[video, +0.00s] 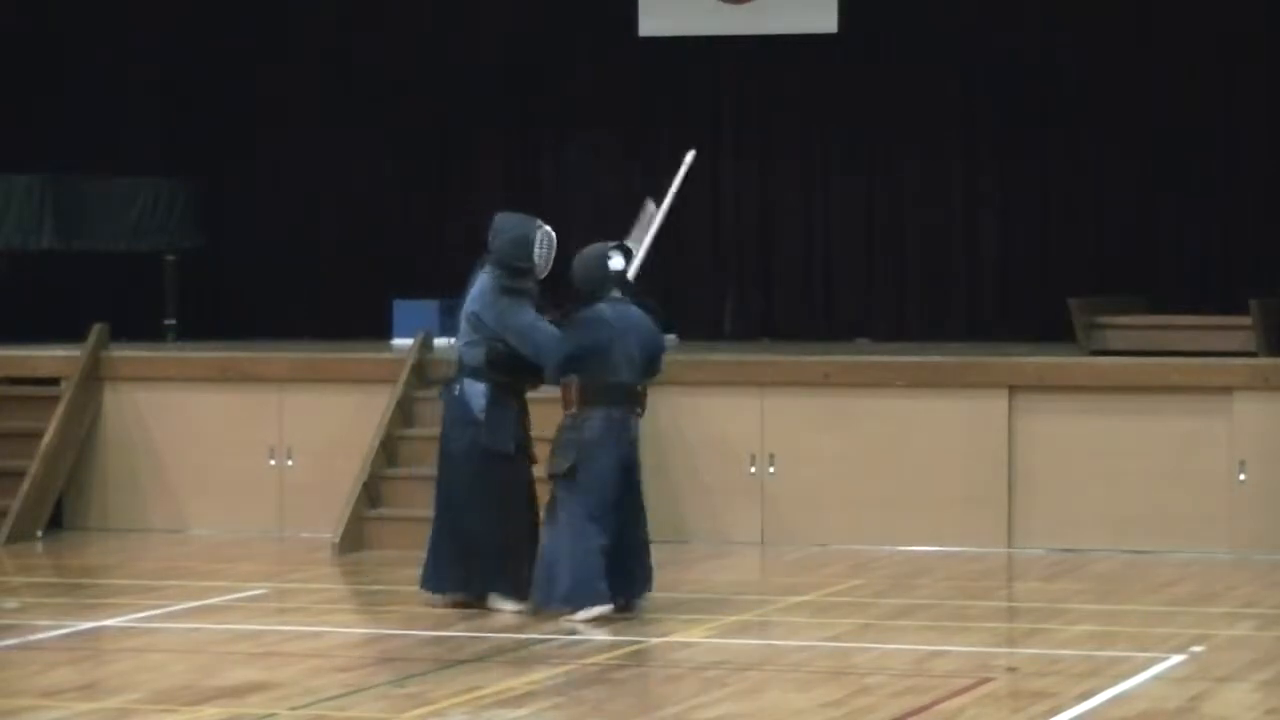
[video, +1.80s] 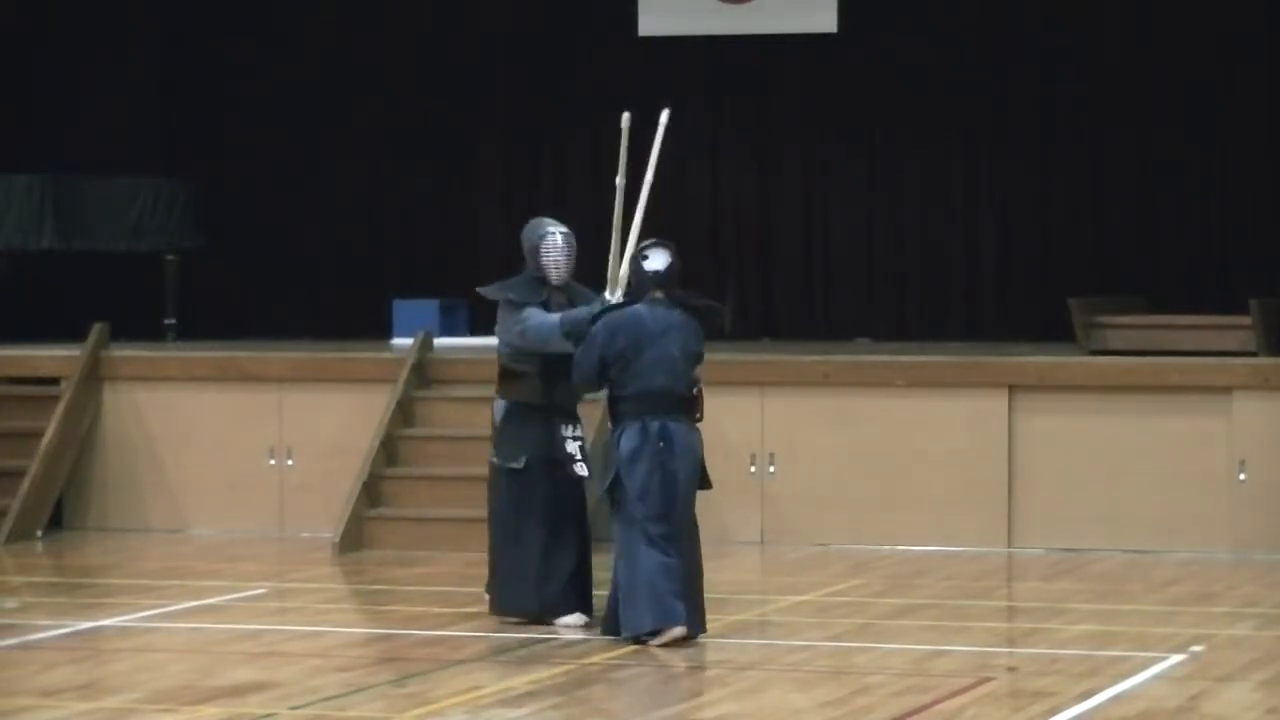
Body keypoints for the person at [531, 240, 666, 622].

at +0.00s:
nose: (576, 285)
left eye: (578, 279)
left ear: (583, 282)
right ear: (616, 278)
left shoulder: (587, 321)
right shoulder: (640, 321)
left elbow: (556, 360)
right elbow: (652, 364)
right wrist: (619, 375)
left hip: (591, 418)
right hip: (626, 418)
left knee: (577, 501)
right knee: (620, 502)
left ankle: (586, 595)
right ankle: (625, 589)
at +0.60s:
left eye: (601, 278)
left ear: (603, 281)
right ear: (639, 280)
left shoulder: (587, 322)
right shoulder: (661, 322)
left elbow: (564, 366)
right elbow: (670, 364)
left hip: (599, 424)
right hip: (647, 424)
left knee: (593, 511)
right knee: (645, 514)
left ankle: (587, 604)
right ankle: (644, 610)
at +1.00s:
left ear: (616, 283)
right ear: (648, 283)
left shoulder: (600, 320)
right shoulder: (669, 319)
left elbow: (575, 358)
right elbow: (686, 363)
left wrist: (555, 313)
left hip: (613, 421)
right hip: (660, 422)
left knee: (616, 509)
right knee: (665, 514)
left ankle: (640, 584)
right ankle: (662, 610)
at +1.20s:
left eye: (624, 283)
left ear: (623, 287)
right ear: (658, 288)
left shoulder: (601, 332)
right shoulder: (675, 330)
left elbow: (580, 374)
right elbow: (689, 375)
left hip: (622, 432)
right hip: (668, 432)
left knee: (625, 520)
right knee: (664, 521)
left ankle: (658, 604)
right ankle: (646, 612)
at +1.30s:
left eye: (623, 284)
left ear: (623, 289)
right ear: (659, 290)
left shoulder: (601, 334)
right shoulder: (680, 335)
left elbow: (581, 387)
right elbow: (689, 384)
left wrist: (589, 420)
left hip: (623, 436)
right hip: (669, 435)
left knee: (632, 525)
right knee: (664, 527)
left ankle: (663, 612)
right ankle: (638, 617)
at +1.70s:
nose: (624, 282)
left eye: (626, 276)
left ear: (629, 281)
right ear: (667, 283)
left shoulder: (608, 328)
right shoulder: (685, 327)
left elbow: (582, 383)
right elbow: (691, 366)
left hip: (631, 433)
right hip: (678, 432)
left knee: (635, 527)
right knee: (668, 525)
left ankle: (666, 620)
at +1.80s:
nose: (628, 278)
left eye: (630, 272)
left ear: (633, 276)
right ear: (672, 280)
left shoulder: (613, 324)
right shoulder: (689, 325)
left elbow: (585, 378)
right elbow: (690, 366)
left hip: (634, 432)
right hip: (682, 431)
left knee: (640, 526)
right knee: (675, 524)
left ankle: (666, 619)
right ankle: (678, 616)